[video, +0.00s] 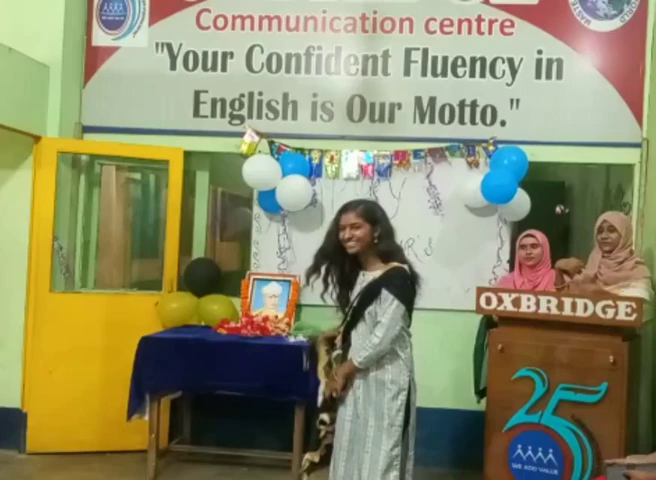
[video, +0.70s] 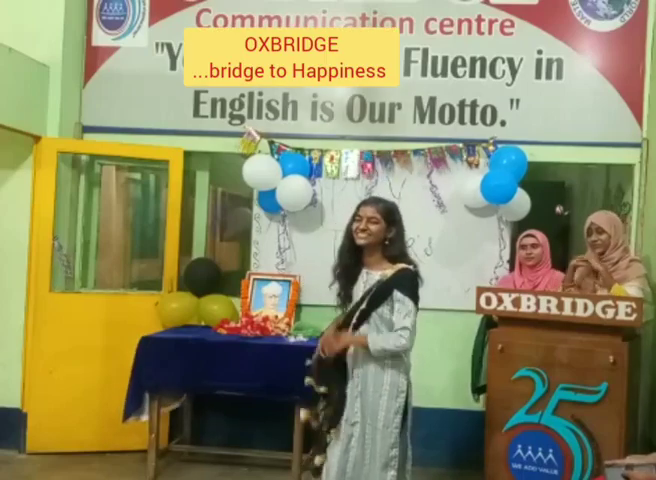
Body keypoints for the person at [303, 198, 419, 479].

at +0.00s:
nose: (347, 235)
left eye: (356, 227)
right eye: (343, 229)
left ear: (376, 231)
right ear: (338, 234)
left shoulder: (397, 276)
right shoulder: (360, 275)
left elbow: (385, 338)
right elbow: (358, 325)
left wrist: (345, 369)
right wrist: (340, 338)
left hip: (385, 378)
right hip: (360, 376)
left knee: (378, 459)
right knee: (351, 455)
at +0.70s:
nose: (362, 226)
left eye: (372, 221)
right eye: (358, 220)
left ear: (389, 231)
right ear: (352, 226)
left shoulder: (402, 275)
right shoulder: (355, 272)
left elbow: (403, 340)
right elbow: (355, 317)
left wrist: (352, 339)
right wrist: (333, 332)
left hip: (384, 378)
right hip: (356, 374)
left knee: (378, 454)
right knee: (348, 449)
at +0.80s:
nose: (360, 227)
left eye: (370, 221)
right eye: (356, 220)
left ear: (388, 230)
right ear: (351, 225)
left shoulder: (402, 274)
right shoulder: (351, 271)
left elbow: (397, 337)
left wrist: (353, 311)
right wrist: (328, 325)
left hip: (381, 380)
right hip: (347, 376)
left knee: (373, 457)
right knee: (338, 452)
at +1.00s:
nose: (352, 228)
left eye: (362, 222)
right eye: (348, 221)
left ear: (381, 231)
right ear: (342, 226)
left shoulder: (395, 273)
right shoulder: (347, 272)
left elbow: (373, 321)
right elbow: (314, 319)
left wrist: (367, 265)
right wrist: (302, 296)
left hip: (373, 383)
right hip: (340, 379)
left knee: (367, 461)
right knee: (331, 457)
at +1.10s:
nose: (343, 227)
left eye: (353, 221)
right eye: (339, 220)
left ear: (371, 229)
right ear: (333, 224)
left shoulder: (386, 273)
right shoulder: (337, 268)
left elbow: (361, 316)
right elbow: (296, 294)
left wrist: (367, 269)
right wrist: (304, 255)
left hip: (364, 371)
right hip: (330, 367)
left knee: (359, 448)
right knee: (326, 443)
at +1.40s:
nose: (318, 227)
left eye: (325, 219)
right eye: (311, 221)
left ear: (341, 225)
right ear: (304, 229)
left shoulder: (360, 270)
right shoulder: (304, 266)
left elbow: (343, 308)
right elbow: (263, 280)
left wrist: (344, 264)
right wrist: (291, 232)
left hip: (333, 374)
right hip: (298, 371)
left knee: (322, 457)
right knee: (292, 448)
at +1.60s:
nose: (230, 218)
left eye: (239, 215)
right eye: (223, 209)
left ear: (245, 225)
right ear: (204, 213)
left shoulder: (255, 270)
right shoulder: (183, 267)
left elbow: (282, 332)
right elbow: (148, 312)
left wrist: (318, 296)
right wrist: (120, 274)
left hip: (239, 387)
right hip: (193, 386)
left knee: (229, 469)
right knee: (188, 467)